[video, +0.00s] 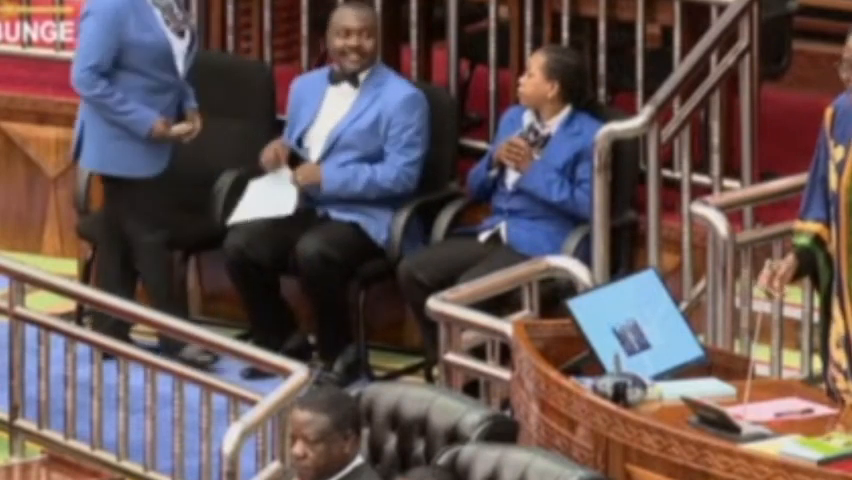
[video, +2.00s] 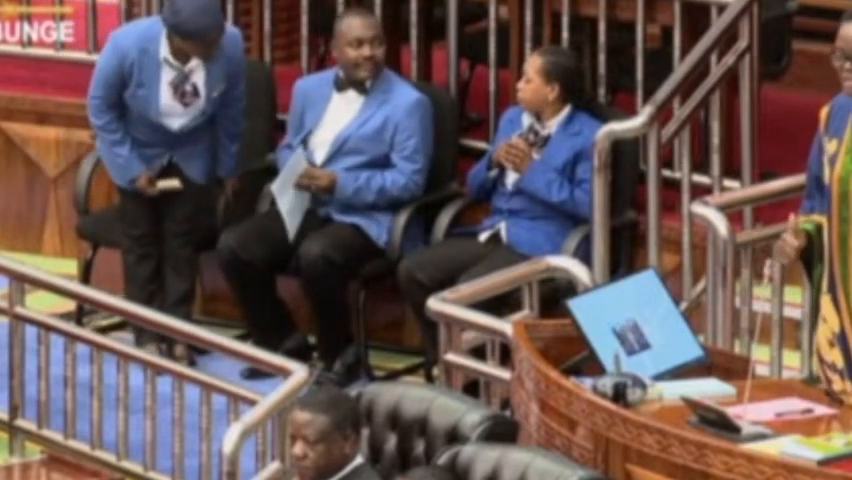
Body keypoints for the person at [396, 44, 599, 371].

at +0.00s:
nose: (520, 80)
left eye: (529, 75)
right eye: (523, 73)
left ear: (552, 88)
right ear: (550, 87)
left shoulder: (589, 135)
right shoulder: (513, 119)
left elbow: (590, 207)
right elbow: (475, 189)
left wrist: (530, 171)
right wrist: (495, 163)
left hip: (538, 250)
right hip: (494, 237)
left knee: (462, 297)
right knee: (414, 271)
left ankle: (482, 380)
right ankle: (446, 365)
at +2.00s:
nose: (518, 87)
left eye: (527, 80)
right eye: (521, 78)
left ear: (553, 91)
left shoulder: (589, 135)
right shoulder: (512, 120)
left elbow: (590, 207)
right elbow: (475, 190)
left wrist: (530, 172)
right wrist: (494, 164)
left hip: (538, 250)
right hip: (494, 236)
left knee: (463, 296)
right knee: (414, 271)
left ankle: (485, 379)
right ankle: (446, 366)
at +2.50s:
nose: (522, 90)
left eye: (531, 83)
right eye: (522, 81)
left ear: (559, 92)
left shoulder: (589, 135)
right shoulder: (512, 120)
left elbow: (589, 206)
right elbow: (476, 188)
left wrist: (530, 172)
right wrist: (495, 164)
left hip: (539, 249)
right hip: (495, 235)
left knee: (464, 295)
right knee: (414, 271)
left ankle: (483, 380)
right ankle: (444, 365)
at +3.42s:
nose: (553, 88)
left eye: (562, 80)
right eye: (544, 79)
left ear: (576, 85)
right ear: (530, 84)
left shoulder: (590, 135)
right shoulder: (512, 119)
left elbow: (589, 207)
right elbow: (475, 189)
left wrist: (530, 170)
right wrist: (494, 163)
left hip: (539, 250)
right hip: (494, 238)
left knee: (460, 299)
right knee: (413, 271)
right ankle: (444, 365)